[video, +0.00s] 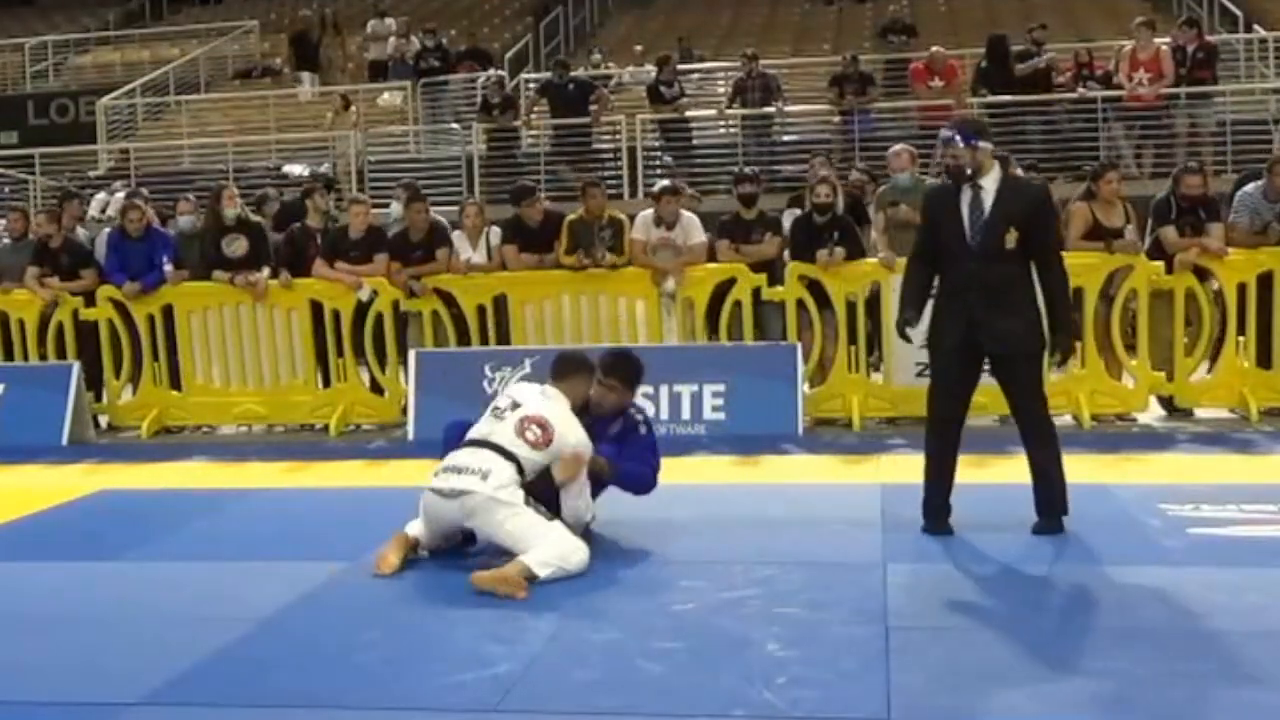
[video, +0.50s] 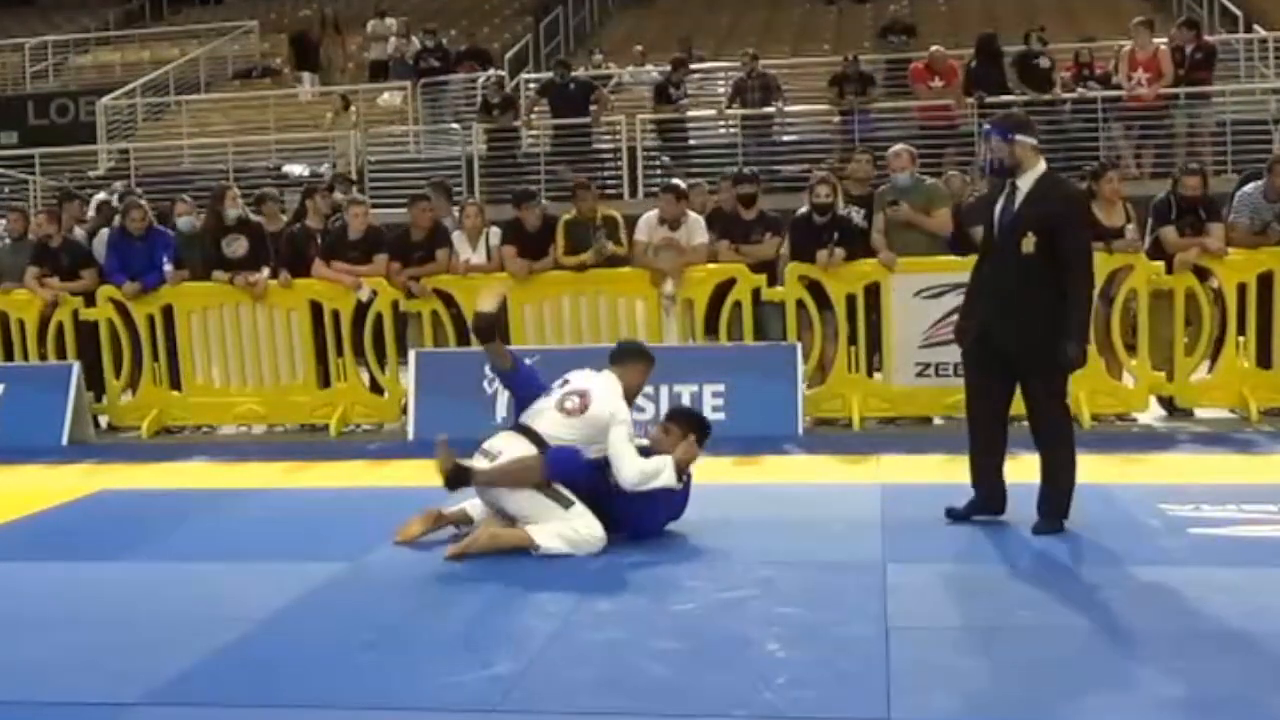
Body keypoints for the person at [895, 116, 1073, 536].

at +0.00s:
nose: (949, 160)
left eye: (956, 151)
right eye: (946, 152)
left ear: (983, 150)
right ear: (947, 155)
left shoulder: (1029, 196)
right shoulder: (938, 200)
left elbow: (1050, 265)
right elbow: (924, 259)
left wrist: (1062, 328)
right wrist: (910, 307)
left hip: (1013, 327)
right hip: (954, 329)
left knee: (1033, 421)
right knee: (942, 423)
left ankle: (1051, 512)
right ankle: (935, 512)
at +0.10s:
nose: (968, 156)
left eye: (976, 148)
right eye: (965, 148)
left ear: (1001, 148)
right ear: (968, 151)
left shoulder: (1044, 198)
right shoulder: (957, 198)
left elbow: (1067, 266)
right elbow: (941, 258)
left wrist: (1079, 329)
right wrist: (926, 309)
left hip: (1027, 327)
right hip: (968, 328)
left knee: (1042, 420)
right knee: (954, 421)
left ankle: (1054, 511)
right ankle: (944, 512)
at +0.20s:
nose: (980, 158)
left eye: (985, 150)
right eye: (977, 151)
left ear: (1011, 146)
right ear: (984, 150)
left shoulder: (1055, 197)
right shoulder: (970, 196)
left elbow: (1080, 267)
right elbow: (955, 260)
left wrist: (1089, 327)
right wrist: (939, 317)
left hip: (1035, 331)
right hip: (977, 331)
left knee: (1047, 425)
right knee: (967, 424)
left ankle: (1053, 512)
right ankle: (961, 509)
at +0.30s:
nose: (987, 155)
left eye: (994, 147)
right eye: (985, 147)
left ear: (1020, 146)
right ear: (994, 149)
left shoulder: (1062, 197)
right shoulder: (980, 196)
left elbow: (1086, 268)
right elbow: (965, 264)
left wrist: (1090, 327)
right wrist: (950, 315)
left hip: (1040, 332)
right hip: (982, 331)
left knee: (1048, 425)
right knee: (975, 425)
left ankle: (1053, 513)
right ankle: (969, 509)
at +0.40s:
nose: (990, 156)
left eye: (996, 148)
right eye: (989, 149)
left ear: (1022, 146)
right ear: (1007, 147)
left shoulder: (1064, 196)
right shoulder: (991, 194)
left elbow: (1085, 271)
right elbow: (978, 263)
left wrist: (1087, 333)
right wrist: (960, 314)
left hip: (1040, 332)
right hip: (987, 331)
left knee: (1050, 427)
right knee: (981, 425)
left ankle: (1053, 513)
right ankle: (979, 505)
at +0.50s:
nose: (993, 154)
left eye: (998, 146)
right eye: (992, 146)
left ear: (1023, 145)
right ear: (1015, 147)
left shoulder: (1065, 197)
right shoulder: (1000, 195)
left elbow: (1079, 273)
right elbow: (986, 267)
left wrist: (1076, 336)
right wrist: (967, 317)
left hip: (1041, 332)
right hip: (990, 330)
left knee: (1050, 426)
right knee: (984, 420)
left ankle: (1053, 513)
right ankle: (987, 497)